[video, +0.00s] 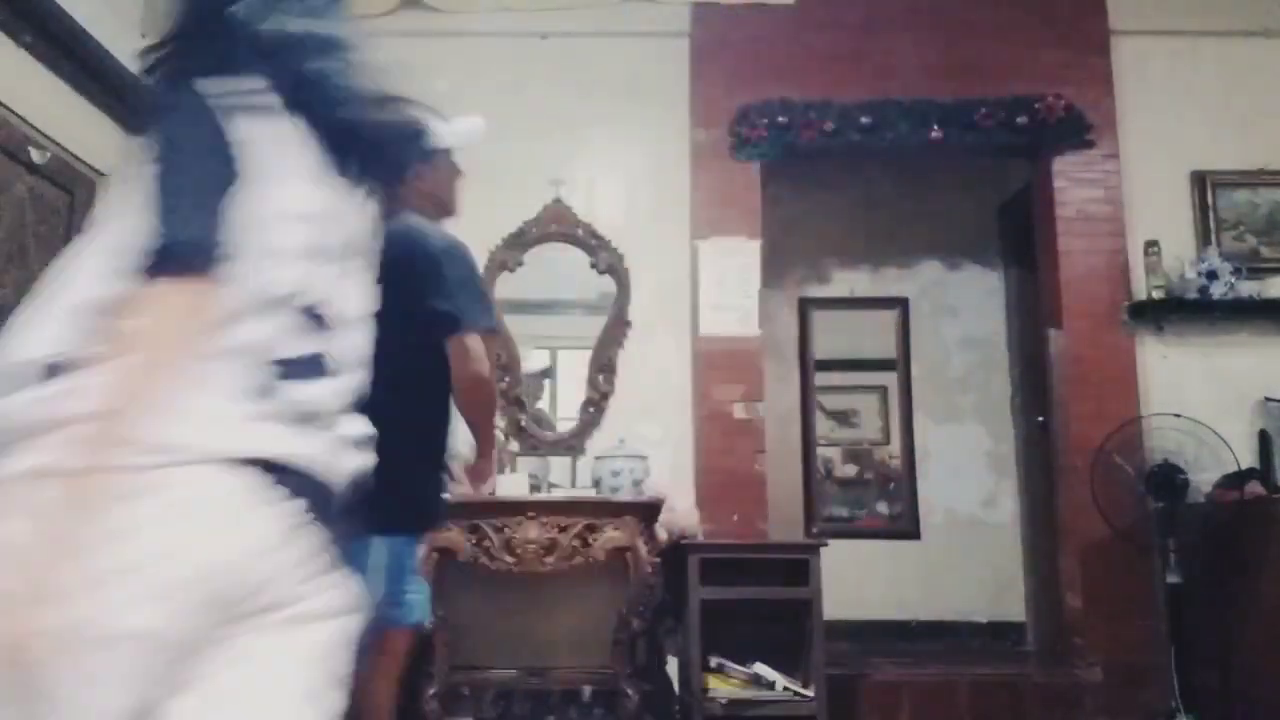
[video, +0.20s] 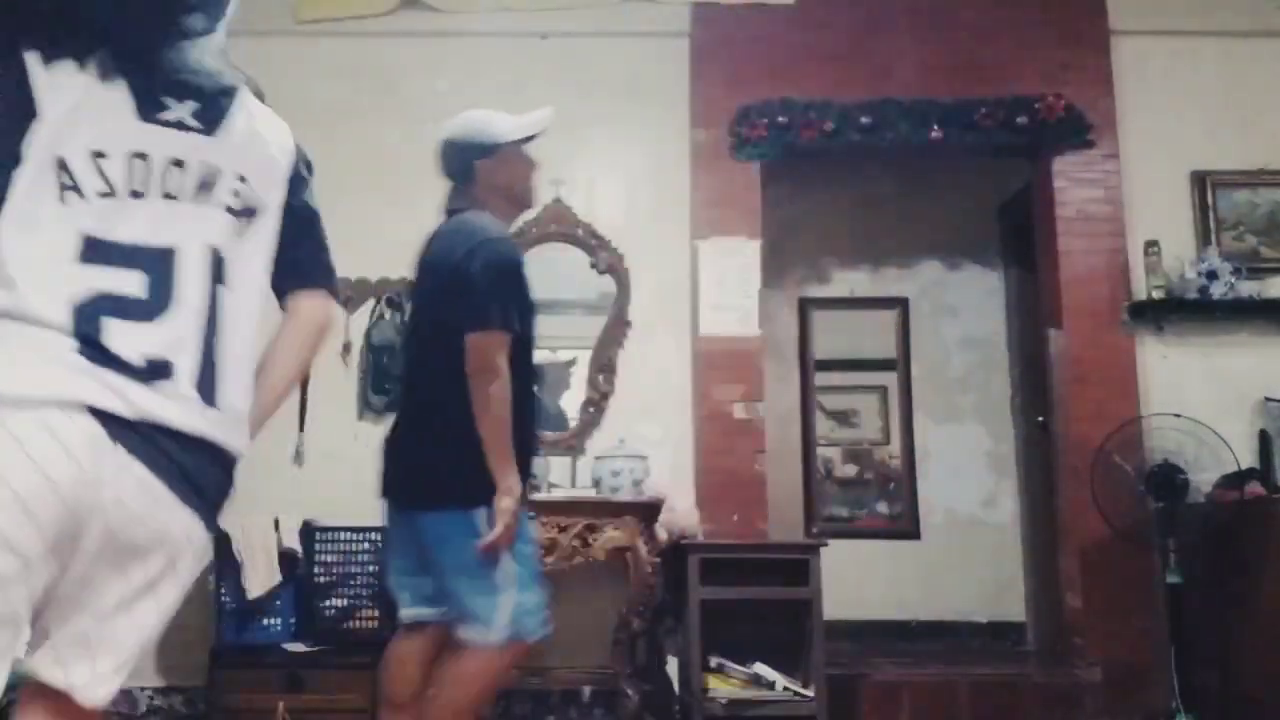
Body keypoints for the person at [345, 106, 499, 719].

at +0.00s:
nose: (457, 177)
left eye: (452, 163)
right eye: (445, 164)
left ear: (397, 175)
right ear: (412, 174)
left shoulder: (338, 239)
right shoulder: (431, 249)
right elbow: (472, 370)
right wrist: (486, 447)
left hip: (330, 471)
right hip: (396, 482)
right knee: (387, 644)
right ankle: (373, 711)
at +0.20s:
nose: (534, 164)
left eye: (527, 151)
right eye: (521, 153)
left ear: (481, 171)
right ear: (485, 169)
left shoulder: (447, 241)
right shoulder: (487, 246)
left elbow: (438, 367)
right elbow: (485, 371)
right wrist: (507, 480)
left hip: (416, 475)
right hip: (464, 481)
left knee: (420, 624)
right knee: (504, 631)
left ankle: (396, 714)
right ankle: (431, 710)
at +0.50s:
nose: (649, 188)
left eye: (643, 177)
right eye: (633, 179)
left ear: (601, 203)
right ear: (597, 198)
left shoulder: (599, 275)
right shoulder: (598, 280)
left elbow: (633, 383)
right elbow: (577, 407)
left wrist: (703, 413)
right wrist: (575, 522)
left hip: (575, 508)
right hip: (619, 510)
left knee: (539, 638)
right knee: (677, 644)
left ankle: (460, 711)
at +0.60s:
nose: (683, 181)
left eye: (678, 171)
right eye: (667, 174)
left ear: (640, 198)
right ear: (631, 196)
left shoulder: (648, 271)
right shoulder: (635, 275)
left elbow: (673, 394)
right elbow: (621, 407)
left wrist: (726, 450)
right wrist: (648, 519)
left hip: (661, 505)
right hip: (658, 511)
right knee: (699, 657)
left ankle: (538, 711)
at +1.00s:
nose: (813, 163)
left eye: (819, 152)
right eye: (792, 158)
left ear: (836, 168)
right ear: (761, 190)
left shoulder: (851, 267)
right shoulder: (763, 260)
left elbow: (856, 381)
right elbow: (755, 380)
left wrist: (889, 458)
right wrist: (860, 440)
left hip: (884, 504)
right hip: (802, 513)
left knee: (932, 654)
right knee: (781, 669)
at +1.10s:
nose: (840, 145)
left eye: (847, 132)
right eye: (819, 141)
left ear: (868, 148)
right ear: (794, 172)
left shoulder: (900, 246)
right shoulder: (791, 255)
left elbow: (942, 366)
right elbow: (786, 386)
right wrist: (836, 480)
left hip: (935, 492)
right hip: (854, 504)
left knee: (952, 655)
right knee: (841, 669)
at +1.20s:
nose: (862, 121)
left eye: (870, 107)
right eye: (839, 117)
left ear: (894, 123)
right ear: (817, 153)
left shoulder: (945, 223)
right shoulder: (808, 240)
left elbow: (1013, 328)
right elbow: (791, 365)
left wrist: (1072, 422)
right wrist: (796, 471)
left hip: (959, 460)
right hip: (873, 470)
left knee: (963, 646)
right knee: (918, 643)